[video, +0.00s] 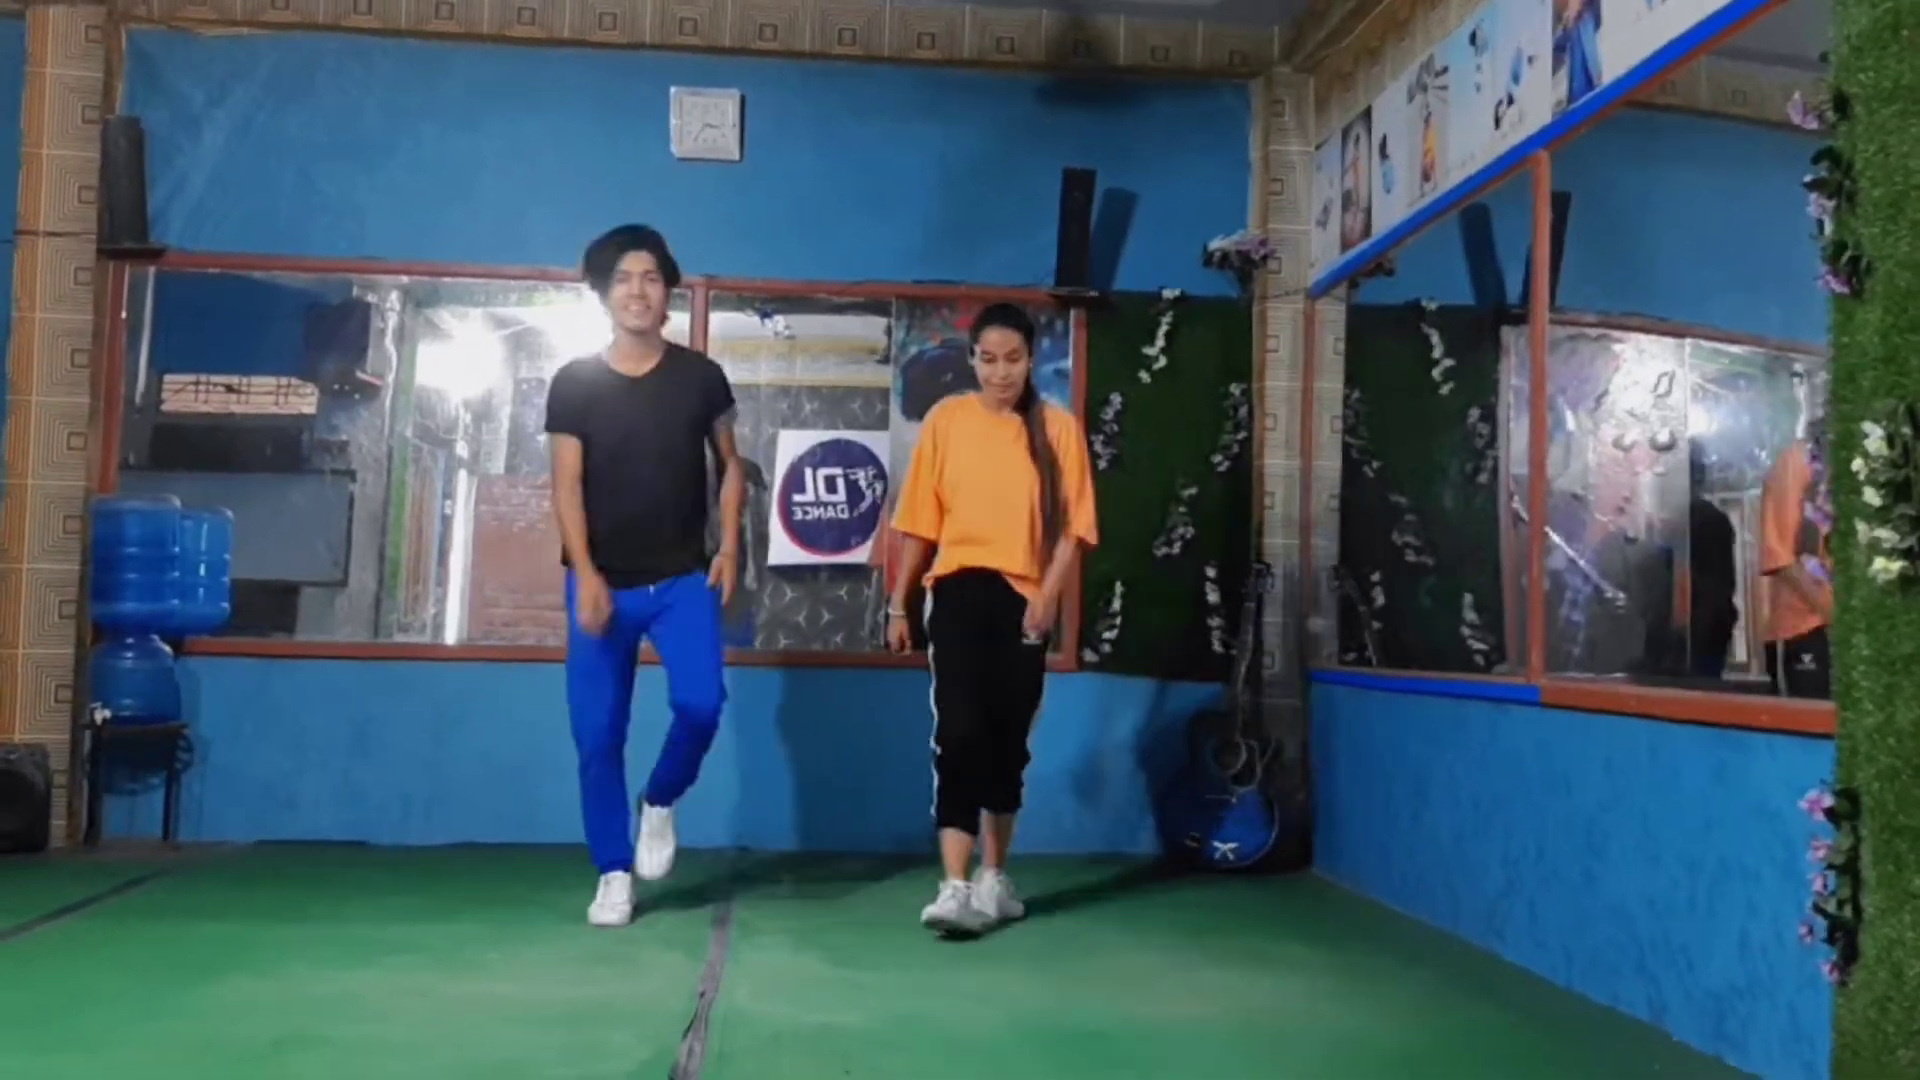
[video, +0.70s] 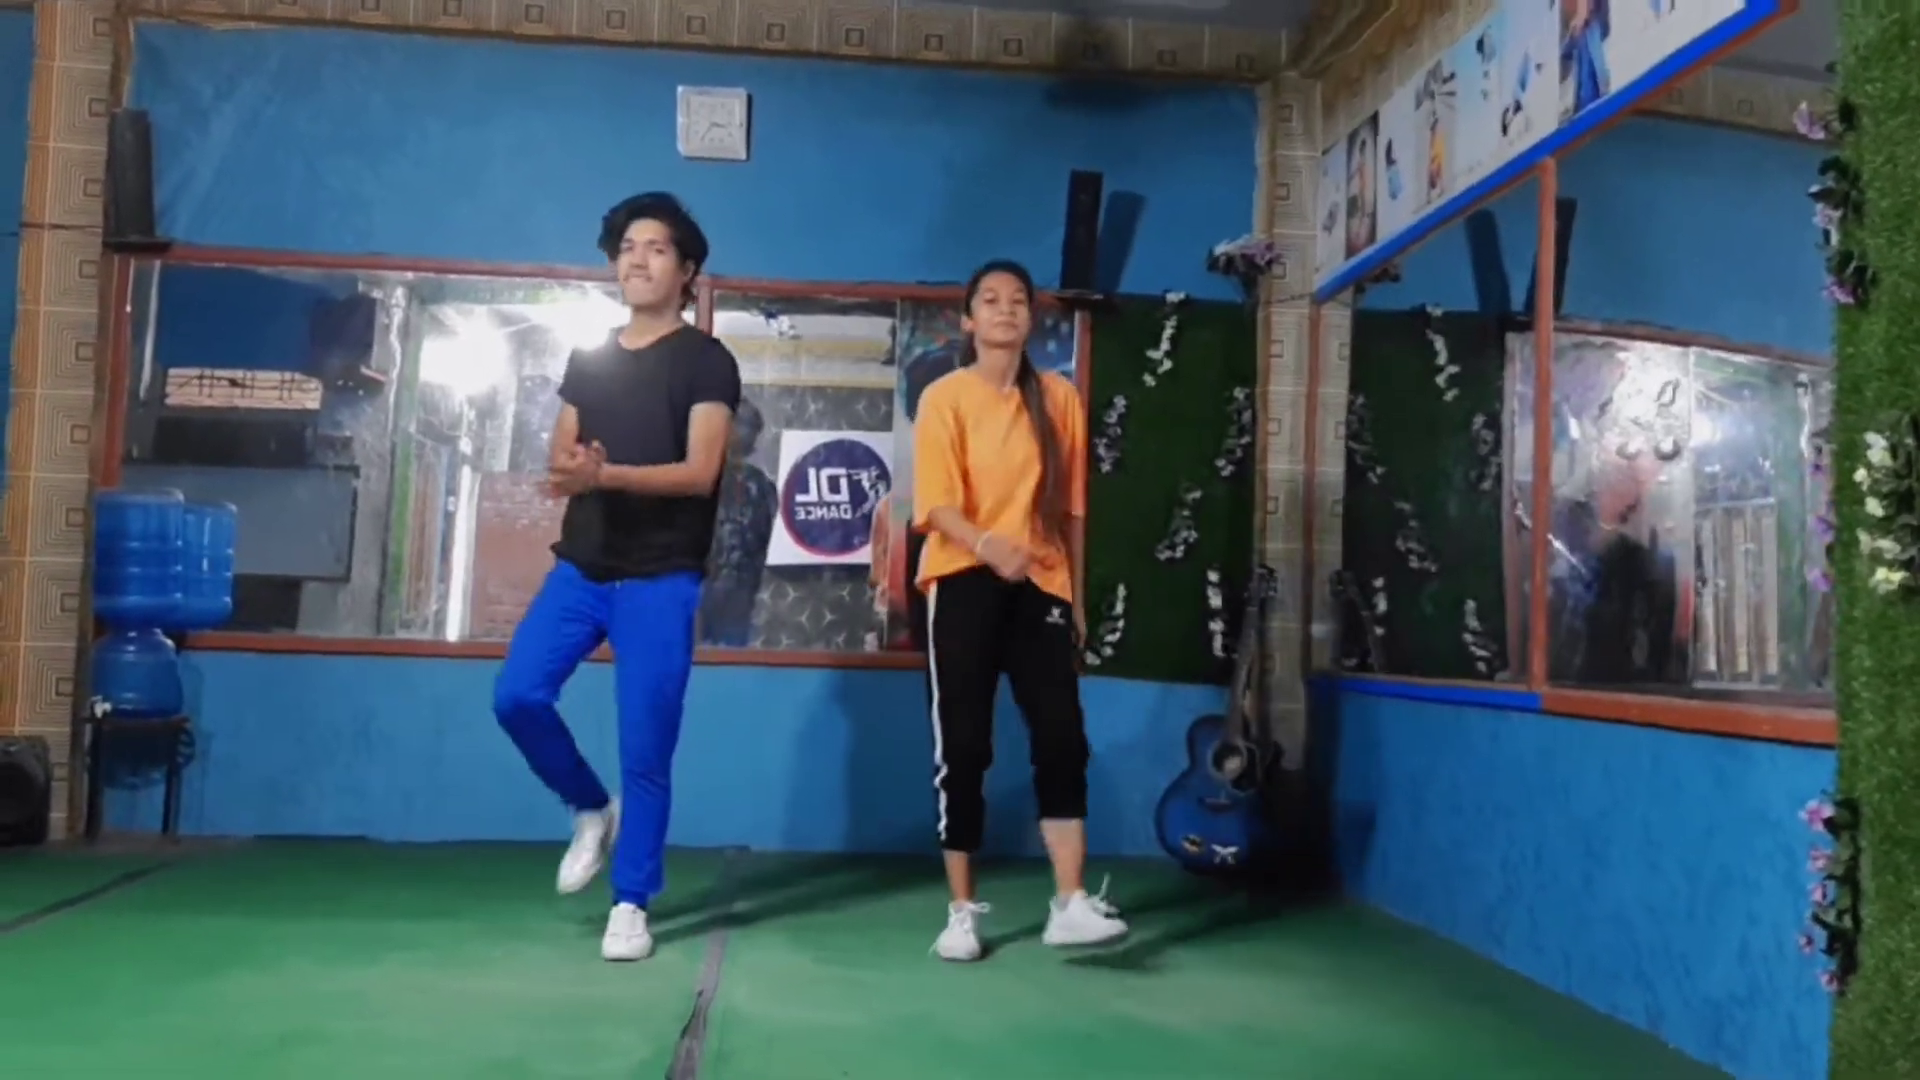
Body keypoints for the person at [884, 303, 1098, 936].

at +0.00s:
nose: (1001, 369)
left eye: (1013, 357)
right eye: (990, 358)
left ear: (1031, 360)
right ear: (973, 360)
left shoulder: (1058, 426)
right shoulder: (945, 419)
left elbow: (1076, 527)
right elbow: (919, 521)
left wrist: (1046, 596)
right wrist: (898, 600)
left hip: (1022, 593)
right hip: (955, 586)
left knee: (1007, 736)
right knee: (958, 732)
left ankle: (994, 878)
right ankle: (954, 886)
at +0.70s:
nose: (1004, 312)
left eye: (1016, 302)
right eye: (991, 302)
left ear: (1033, 318)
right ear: (968, 318)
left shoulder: (1059, 398)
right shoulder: (944, 398)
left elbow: (1072, 509)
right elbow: (934, 507)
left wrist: (1073, 598)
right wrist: (989, 544)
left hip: (1040, 586)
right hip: (962, 588)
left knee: (1062, 737)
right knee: (962, 748)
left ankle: (1069, 902)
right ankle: (961, 910)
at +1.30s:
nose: (1042, 302)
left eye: (1057, 294)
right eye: (1031, 292)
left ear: (1076, 318)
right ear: (1012, 311)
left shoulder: (1100, 398)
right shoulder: (972, 383)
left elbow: (1127, 509)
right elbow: (926, 479)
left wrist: (1177, 575)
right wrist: (896, 544)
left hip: (1067, 585)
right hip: (982, 581)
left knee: (1075, 747)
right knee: (980, 749)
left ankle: (1062, 905)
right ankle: (977, 912)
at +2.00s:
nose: (1103, 360)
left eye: (1114, 346)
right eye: (1089, 349)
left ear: (1139, 352)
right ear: (1075, 360)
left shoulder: (1169, 435)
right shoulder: (1050, 417)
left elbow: (1183, 545)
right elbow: (1016, 512)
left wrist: (1256, 566)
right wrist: (964, 499)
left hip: (1125, 616)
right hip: (1044, 610)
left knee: (1144, 766)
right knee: (988, 741)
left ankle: (1156, 906)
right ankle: (979, 910)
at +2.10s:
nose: (1102, 336)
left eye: (1114, 322)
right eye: (1089, 325)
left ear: (1137, 331)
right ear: (1074, 337)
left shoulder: (1170, 410)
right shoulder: (1043, 394)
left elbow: (1233, 506)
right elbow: (969, 464)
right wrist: (962, 429)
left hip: (1123, 597)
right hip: (1040, 588)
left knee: (1145, 759)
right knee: (976, 691)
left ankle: (1155, 900)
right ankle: (1002, 846)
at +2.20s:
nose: (1096, 317)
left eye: (1109, 305)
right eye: (1083, 305)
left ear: (1131, 315)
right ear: (1068, 316)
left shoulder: (1157, 383)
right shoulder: (1032, 375)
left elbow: (1234, 448)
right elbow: (948, 416)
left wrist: (1154, 427)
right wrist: (1016, 459)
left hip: (1112, 571)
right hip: (1028, 563)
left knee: (1126, 721)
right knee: (994, 687)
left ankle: (1114, 862)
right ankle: (1011, 834)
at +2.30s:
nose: (1084, 323)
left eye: (1097, 311)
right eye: (1071, 312)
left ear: (1119, 323)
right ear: (1055, 324)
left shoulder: (1147, 391)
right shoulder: (1029, 401)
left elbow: (1165, 486)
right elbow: (989, 508)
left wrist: (1114, 447)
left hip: (1106, 582)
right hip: (1029, 578)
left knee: (1075, 746)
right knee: (1019, 743)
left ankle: (1070, 890)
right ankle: (1018, 899)